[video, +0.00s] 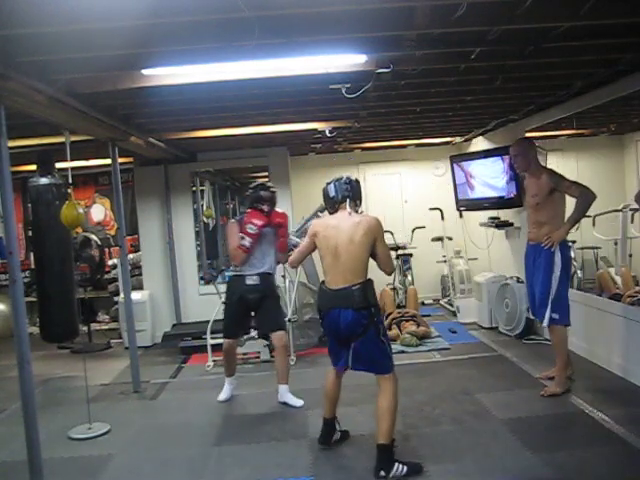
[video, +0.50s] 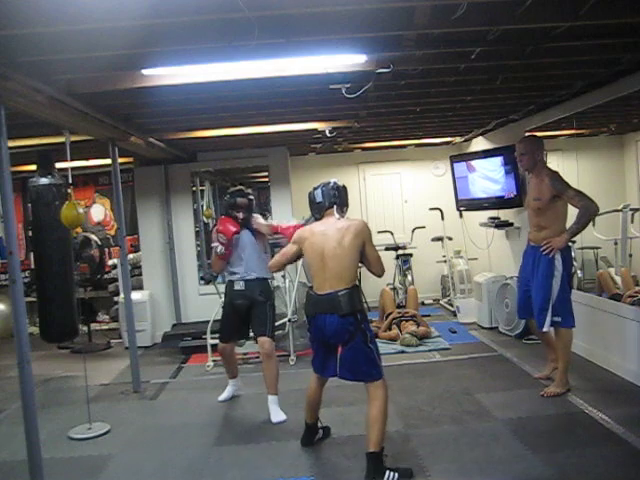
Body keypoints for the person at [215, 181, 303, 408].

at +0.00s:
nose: (267, 208)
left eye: (271, 204)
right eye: (262, 203)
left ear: (275, 206)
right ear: (251, 203)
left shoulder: (276, 225)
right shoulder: (237, 224)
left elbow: (282, 258)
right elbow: (237, 258)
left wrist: (282, 228)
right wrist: (252, 231)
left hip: (266, 285)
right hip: (239, 286)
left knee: (280, 339)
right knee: (229, 344)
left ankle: (283, 391)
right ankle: (229, 383)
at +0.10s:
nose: (255, 206)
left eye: (258, 201)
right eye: (250, 201)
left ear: (263, 203)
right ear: (238, 202)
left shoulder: (267, 224)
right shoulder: (226, 225)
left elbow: (275, 260)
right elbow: (227, 263)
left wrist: (270, 233)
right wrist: (238, 236)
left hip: (259, 284)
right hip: (232, 286)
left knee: (275, 342)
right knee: (227, 345)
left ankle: (282, 391)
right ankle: (228, 384)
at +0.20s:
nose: (245, 211)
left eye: (249, 206)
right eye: (240, 205)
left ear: (255, 206)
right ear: (230, 205)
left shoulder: (261, 224)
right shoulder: (220, 227)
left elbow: (266, 261)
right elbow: (219, 264)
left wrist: (263, 238)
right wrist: (230, 239)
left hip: (255, 286)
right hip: (229, 287)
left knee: (270, 343)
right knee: (226, 344)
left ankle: (281, 390)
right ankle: (230, 384)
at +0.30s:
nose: (242, 207)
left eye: (246, 202)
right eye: (237, 202)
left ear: (251, 203)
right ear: (227, 202)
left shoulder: (256, 222)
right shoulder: (216, 226)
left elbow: (271, 258)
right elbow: (214, 262)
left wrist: (260, 237)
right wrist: (226, 240)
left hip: (255, 284)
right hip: (228, 285)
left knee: (267, 342)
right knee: (224, 342)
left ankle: (275, 394)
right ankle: (229, 384)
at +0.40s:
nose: (243, 215)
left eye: (247, 211)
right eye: (238, 211)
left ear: (251, 211)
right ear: (227, 210)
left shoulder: (256, 227)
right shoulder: (216, 230)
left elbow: (269, 256)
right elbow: (213, 266)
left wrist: (274, 238)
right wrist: (225, 239)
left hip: (257, 287)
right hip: (231, 289)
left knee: (265, 344)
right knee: (227, 345)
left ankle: (275, 401)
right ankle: (231, 384)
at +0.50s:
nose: (241, 214)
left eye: (245, 210)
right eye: (236, 209)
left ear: (252, 210)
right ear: (228, 210)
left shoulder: (260, 225)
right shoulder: (222, 230)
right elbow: (216, 268)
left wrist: (266, 229)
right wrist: (222, 244)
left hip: (260, 286)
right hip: (234, 289)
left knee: (266, 346)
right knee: (225, 346)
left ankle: (273, 402)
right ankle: (233, 383)